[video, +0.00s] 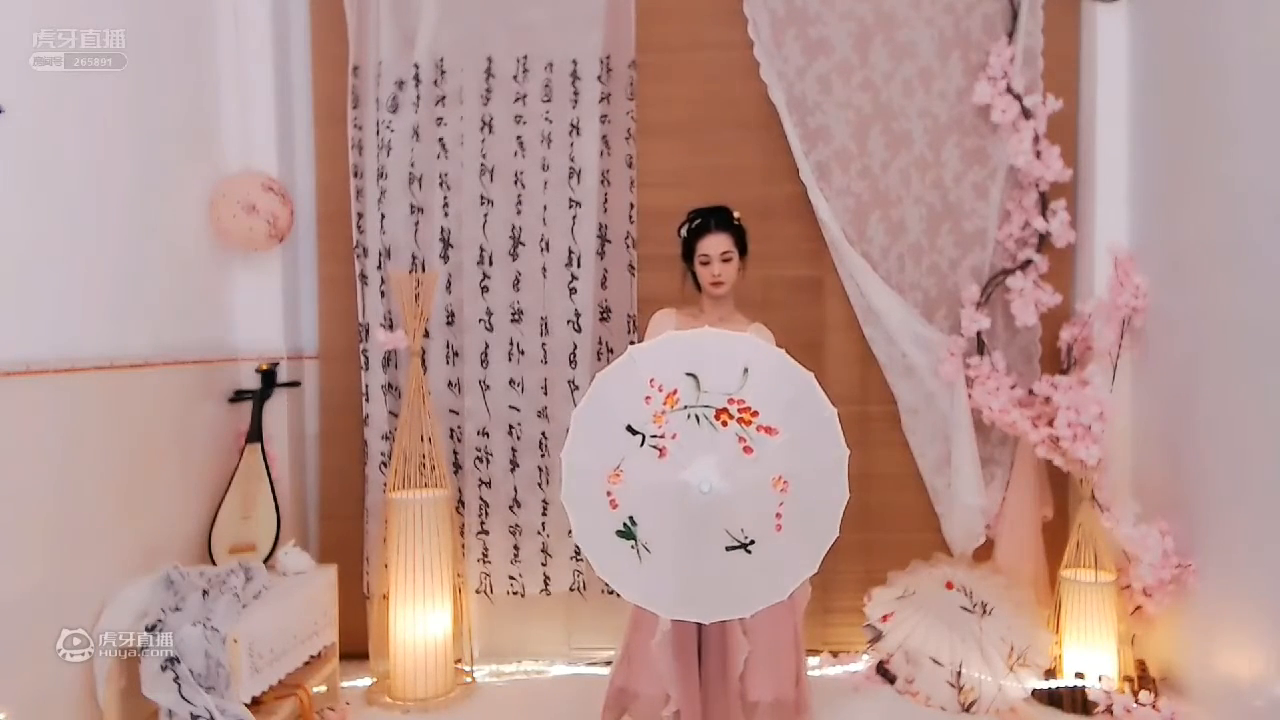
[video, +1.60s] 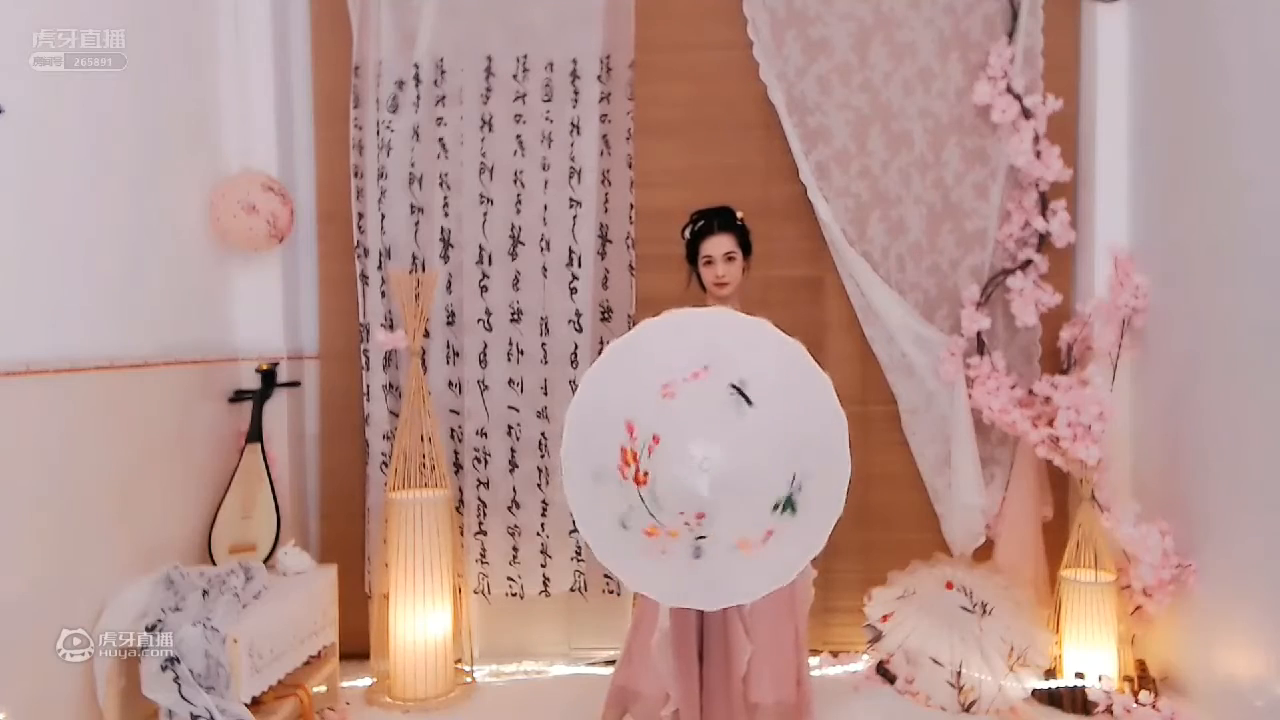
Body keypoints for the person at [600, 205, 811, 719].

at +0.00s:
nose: (716, 270)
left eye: (726, 258)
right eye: (705, 260)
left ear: (741, 262)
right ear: (691, 266)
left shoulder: (759, 335)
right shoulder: (665, 324)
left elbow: (778, 424)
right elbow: (642, 409)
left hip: (740, 489)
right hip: (677, 485)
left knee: (740, 605)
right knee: (676, 604)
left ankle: (738, 709)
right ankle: (677, 709)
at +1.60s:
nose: (719, 271)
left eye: (729, 258)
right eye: (708, 260)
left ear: (745, 263)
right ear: (695, 267)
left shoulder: (764, 340)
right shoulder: (672, 337)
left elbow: (789, 431)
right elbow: (646, 420)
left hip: (752, 493)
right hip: (684, 492)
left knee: (750, 612)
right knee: (683, 613)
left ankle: (749, 710)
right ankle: (679, 711)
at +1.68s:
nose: (718, 271)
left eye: (728, 258)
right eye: (707, 261)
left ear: (745, 263)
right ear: (694, 267)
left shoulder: (764, 343)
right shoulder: (673, 334)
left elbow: (793, 430)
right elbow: (640, 415)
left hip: (752, 495)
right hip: (682, 495)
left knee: (749, 614)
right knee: (682, 614)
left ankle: (748, 711)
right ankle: (679, 712)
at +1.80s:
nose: (718, 271)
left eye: (728, 258)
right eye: (707, 261)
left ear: (744, 263)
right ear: (694, 267)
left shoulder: (766, 343)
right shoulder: (671, 333)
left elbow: (796, 430)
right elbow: (635, 415)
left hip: (752, 499)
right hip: (682, 498)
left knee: (750, 618)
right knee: (681, 620)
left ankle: (747, 712)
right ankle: (677, 713)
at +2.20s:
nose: (716, 272)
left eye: (726, 259)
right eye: (705, 262)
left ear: (742, 263)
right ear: (693, 268)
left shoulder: (761, 339)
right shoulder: (674, 333)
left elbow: (786, 427)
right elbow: (649, 418)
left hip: (747, 490)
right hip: (685, 486)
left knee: (746, 604)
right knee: (681, 604)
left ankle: (745, 710)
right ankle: (678, 711)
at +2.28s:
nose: (716, 271)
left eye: (726, 259)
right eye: (705, 261)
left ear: (742, 263)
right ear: (693, 268)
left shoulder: (760, 337)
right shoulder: (672, 334)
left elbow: (785, 427)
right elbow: (647, 417)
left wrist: (786, 511)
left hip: (746, 492)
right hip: (683, 489)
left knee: (745, 608)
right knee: (680, 608)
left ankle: (744, 710)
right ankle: (677, 711)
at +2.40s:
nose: (716, 272)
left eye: (726, 259)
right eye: (705, 262)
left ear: (742, 264)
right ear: (692, 268)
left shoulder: (759, 338)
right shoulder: (671, 333)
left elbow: (783, 427)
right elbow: (644, 417)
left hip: (744, 490)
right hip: (682, 487)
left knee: (743, 606)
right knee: (679, 605)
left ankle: (743, 710)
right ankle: (676, 710)